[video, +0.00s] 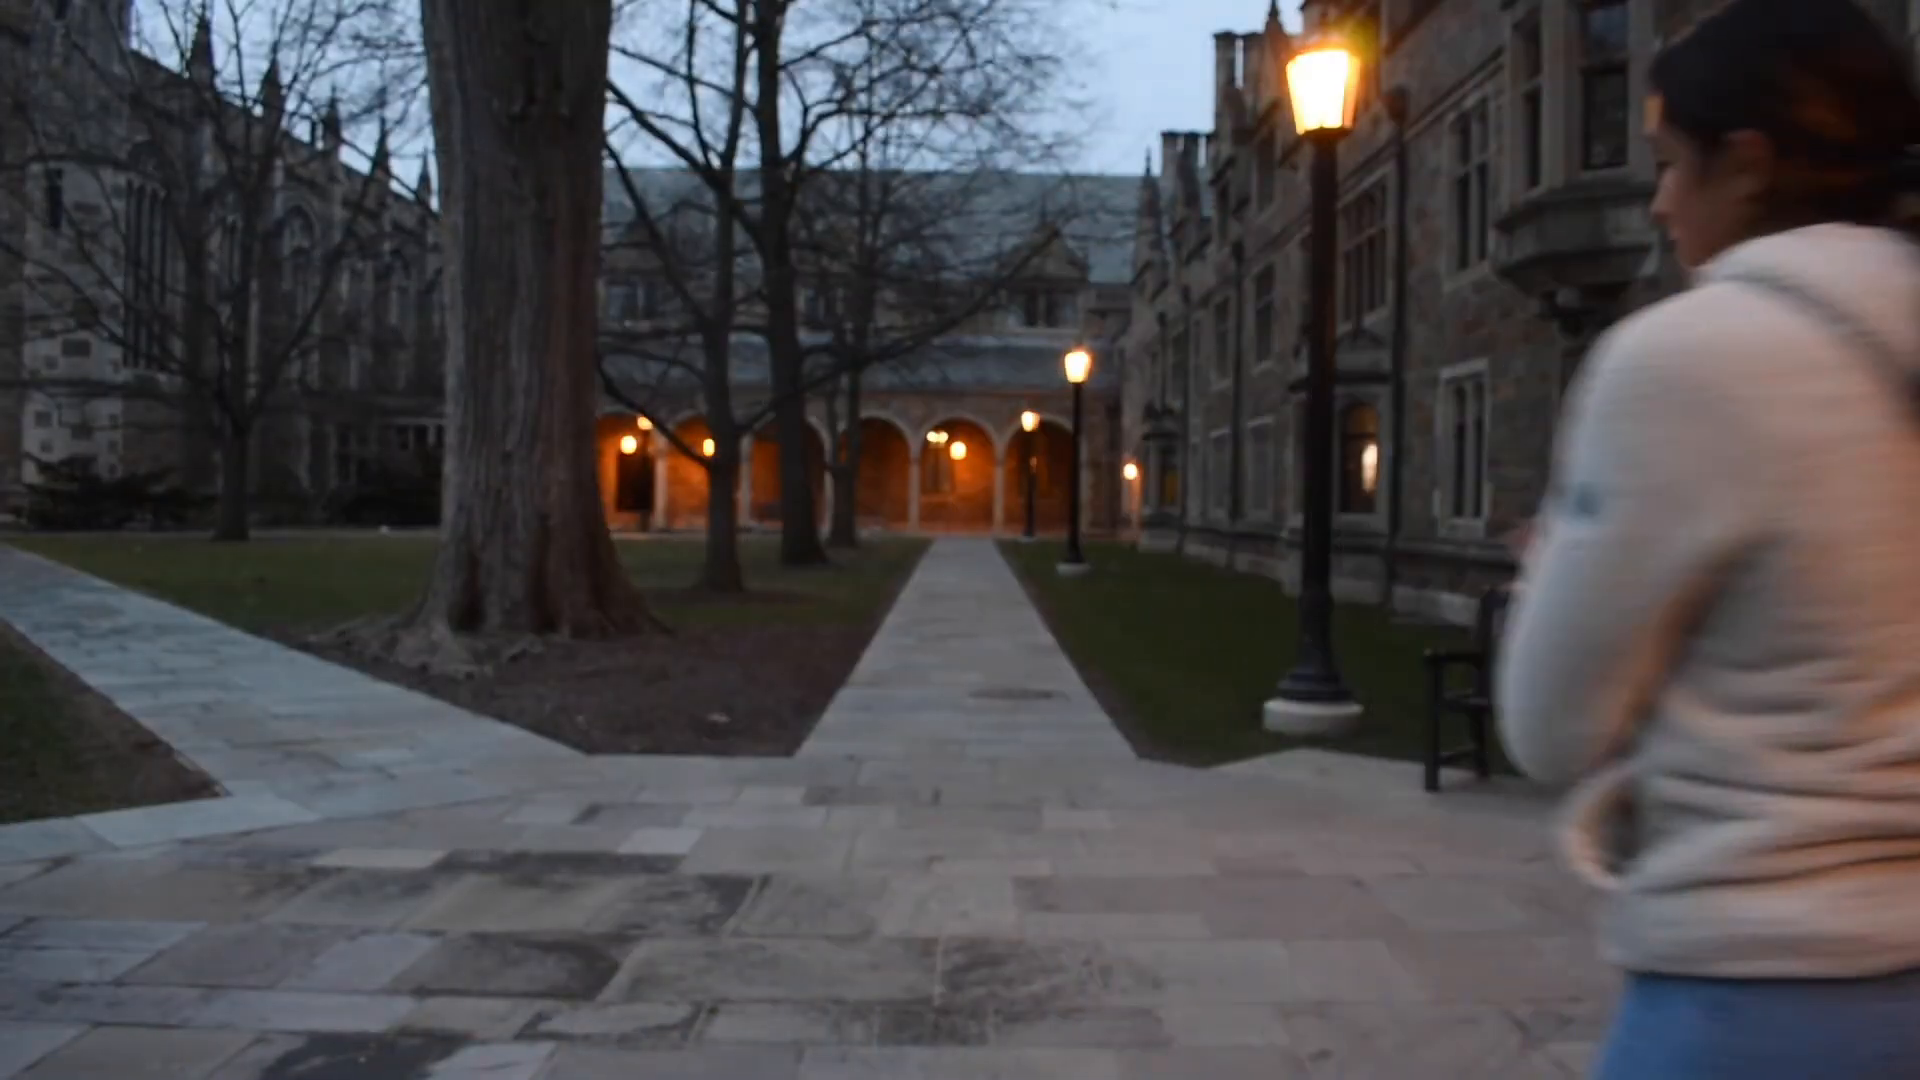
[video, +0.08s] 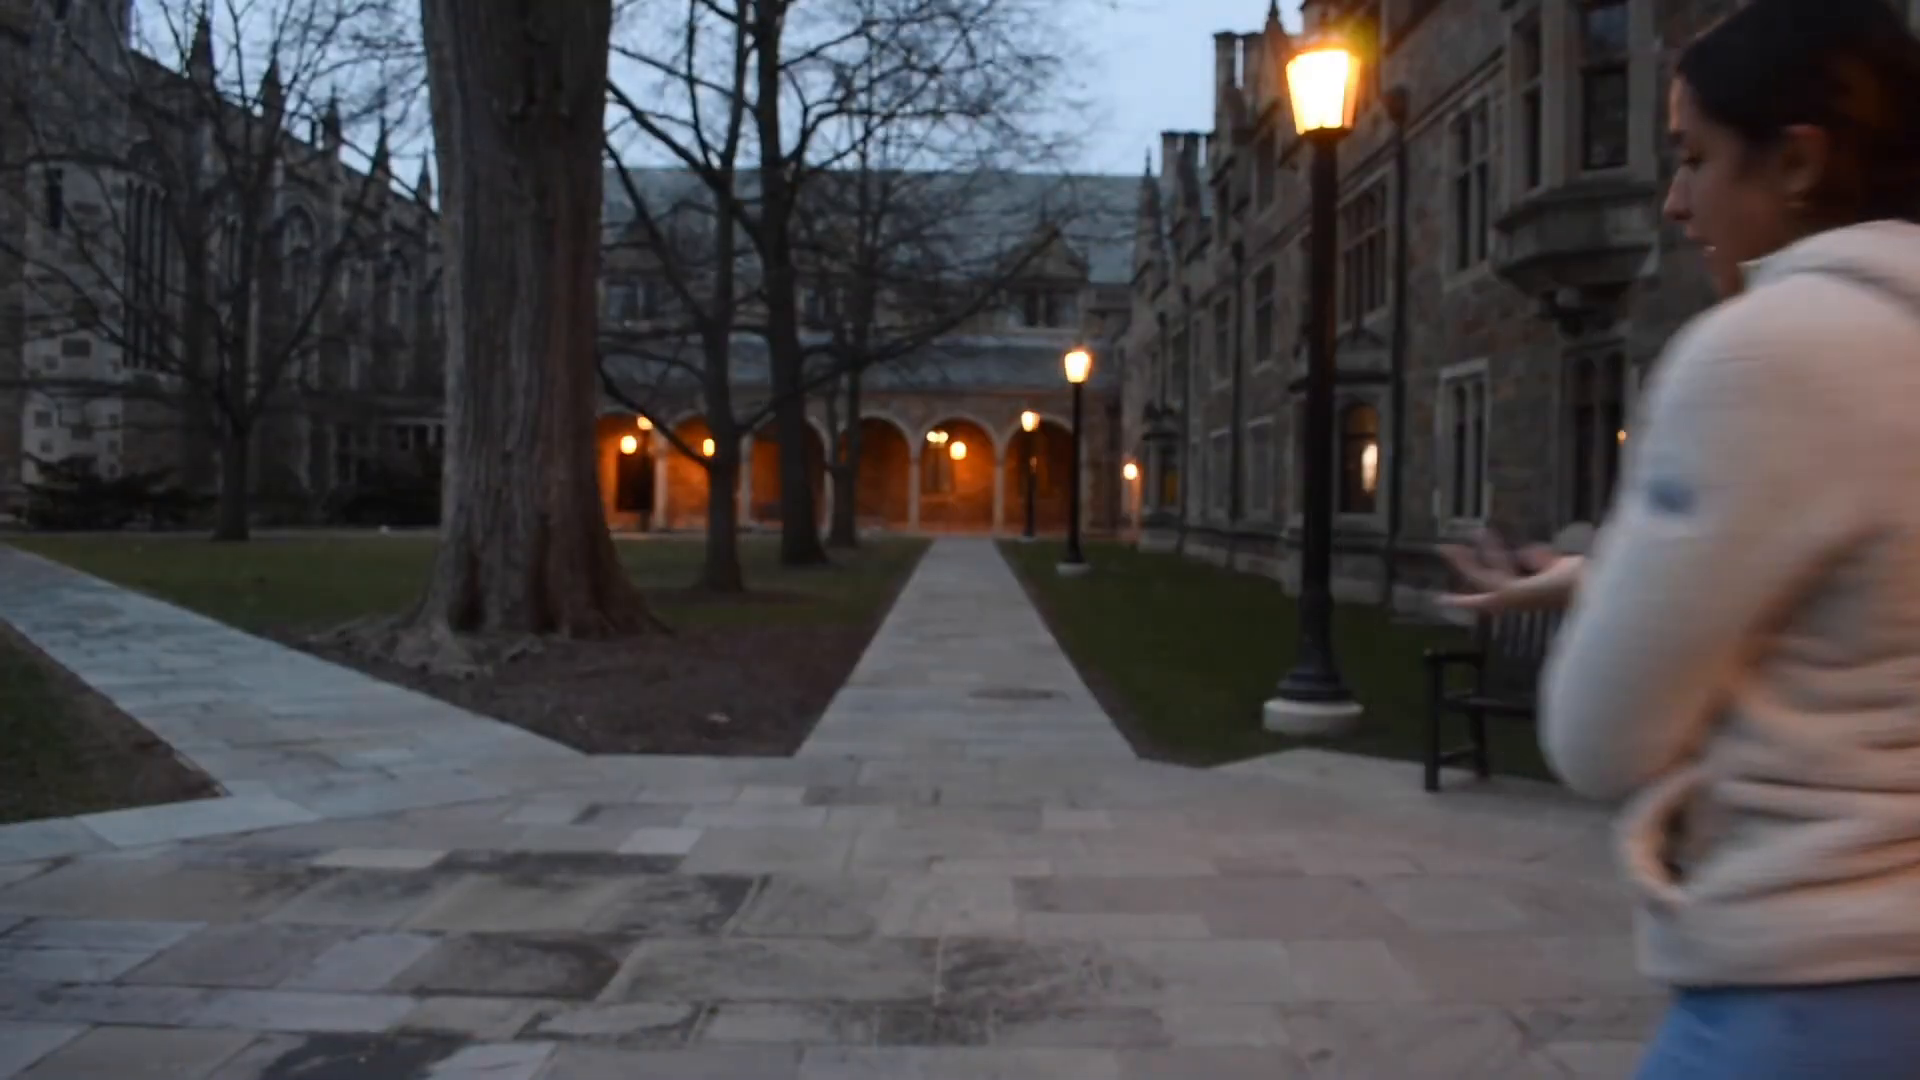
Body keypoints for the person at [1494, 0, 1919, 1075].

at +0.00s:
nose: (1656, 203)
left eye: (1666, 164)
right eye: (1655, 167)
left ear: (1749, 161)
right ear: (1861, 153)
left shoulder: (1692, 357)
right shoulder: (1898, 310)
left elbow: (1547, 728)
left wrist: (1551, 567)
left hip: (1760, 991)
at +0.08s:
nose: (1673, 202)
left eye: (1693, 160)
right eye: (1678, 162)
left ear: (1799, 161)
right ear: (1803, 161)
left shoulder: (1785, 345)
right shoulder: (1887, 312)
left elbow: (1595, 741)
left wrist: (1601, 588)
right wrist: (1594, 583)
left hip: (1808, 998)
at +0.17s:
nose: (1683, 195)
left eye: (1711, 150)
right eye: (1688, 153)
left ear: (1831, 158)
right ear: (1833, 163)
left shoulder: (1840, 331)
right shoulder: (1878, 312)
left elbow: (1648, 750)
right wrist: (1554, 601)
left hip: (1831, 1009)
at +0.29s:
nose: (1684, 185)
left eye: (1724, 137)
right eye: (1691, 145)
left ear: (1859, 147)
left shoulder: (1884, 332)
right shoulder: (1835, 331)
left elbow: (1734, 757)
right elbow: (1711, 668)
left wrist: (1629, 650)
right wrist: (1493, 598)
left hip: (1856, 1021)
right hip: (1814, 1013)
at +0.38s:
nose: (1680, 182)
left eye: (1722, 137)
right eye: (1682, 144)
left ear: (1856, 146)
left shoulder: (1896, 350)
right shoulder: (1786, 346)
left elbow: (1772, 757)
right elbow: (1708, 668)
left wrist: (1557, 635)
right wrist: (1461, 588)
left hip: (1843, 1025)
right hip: (1775, 1009)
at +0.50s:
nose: (1650, 183)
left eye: (1696, 137)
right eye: (1654, 144)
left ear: (1833, 149)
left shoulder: (1898, 353)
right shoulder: (1732, 367)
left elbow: (1767, 770)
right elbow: (1692, 688)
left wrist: (1466, 602)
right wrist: (1460, 586)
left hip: (1824, 1034)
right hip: (1714, 1019)